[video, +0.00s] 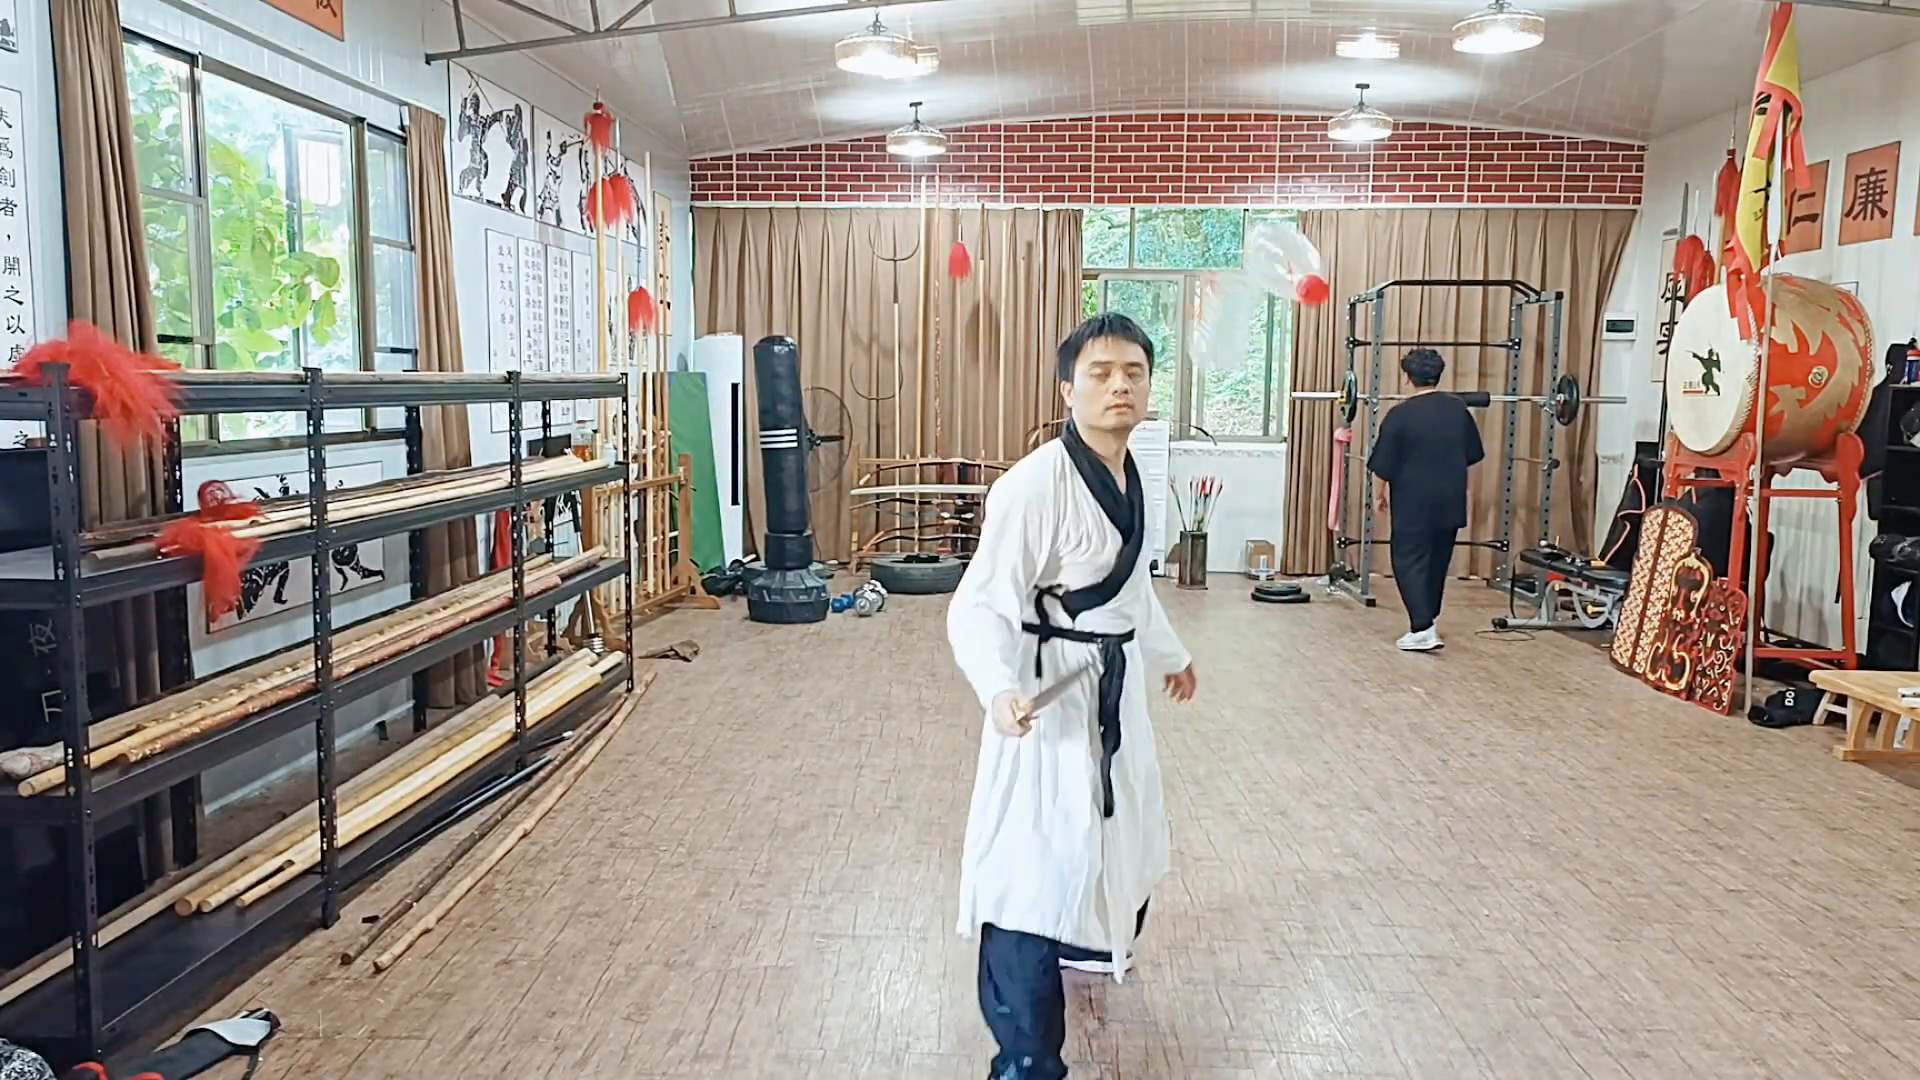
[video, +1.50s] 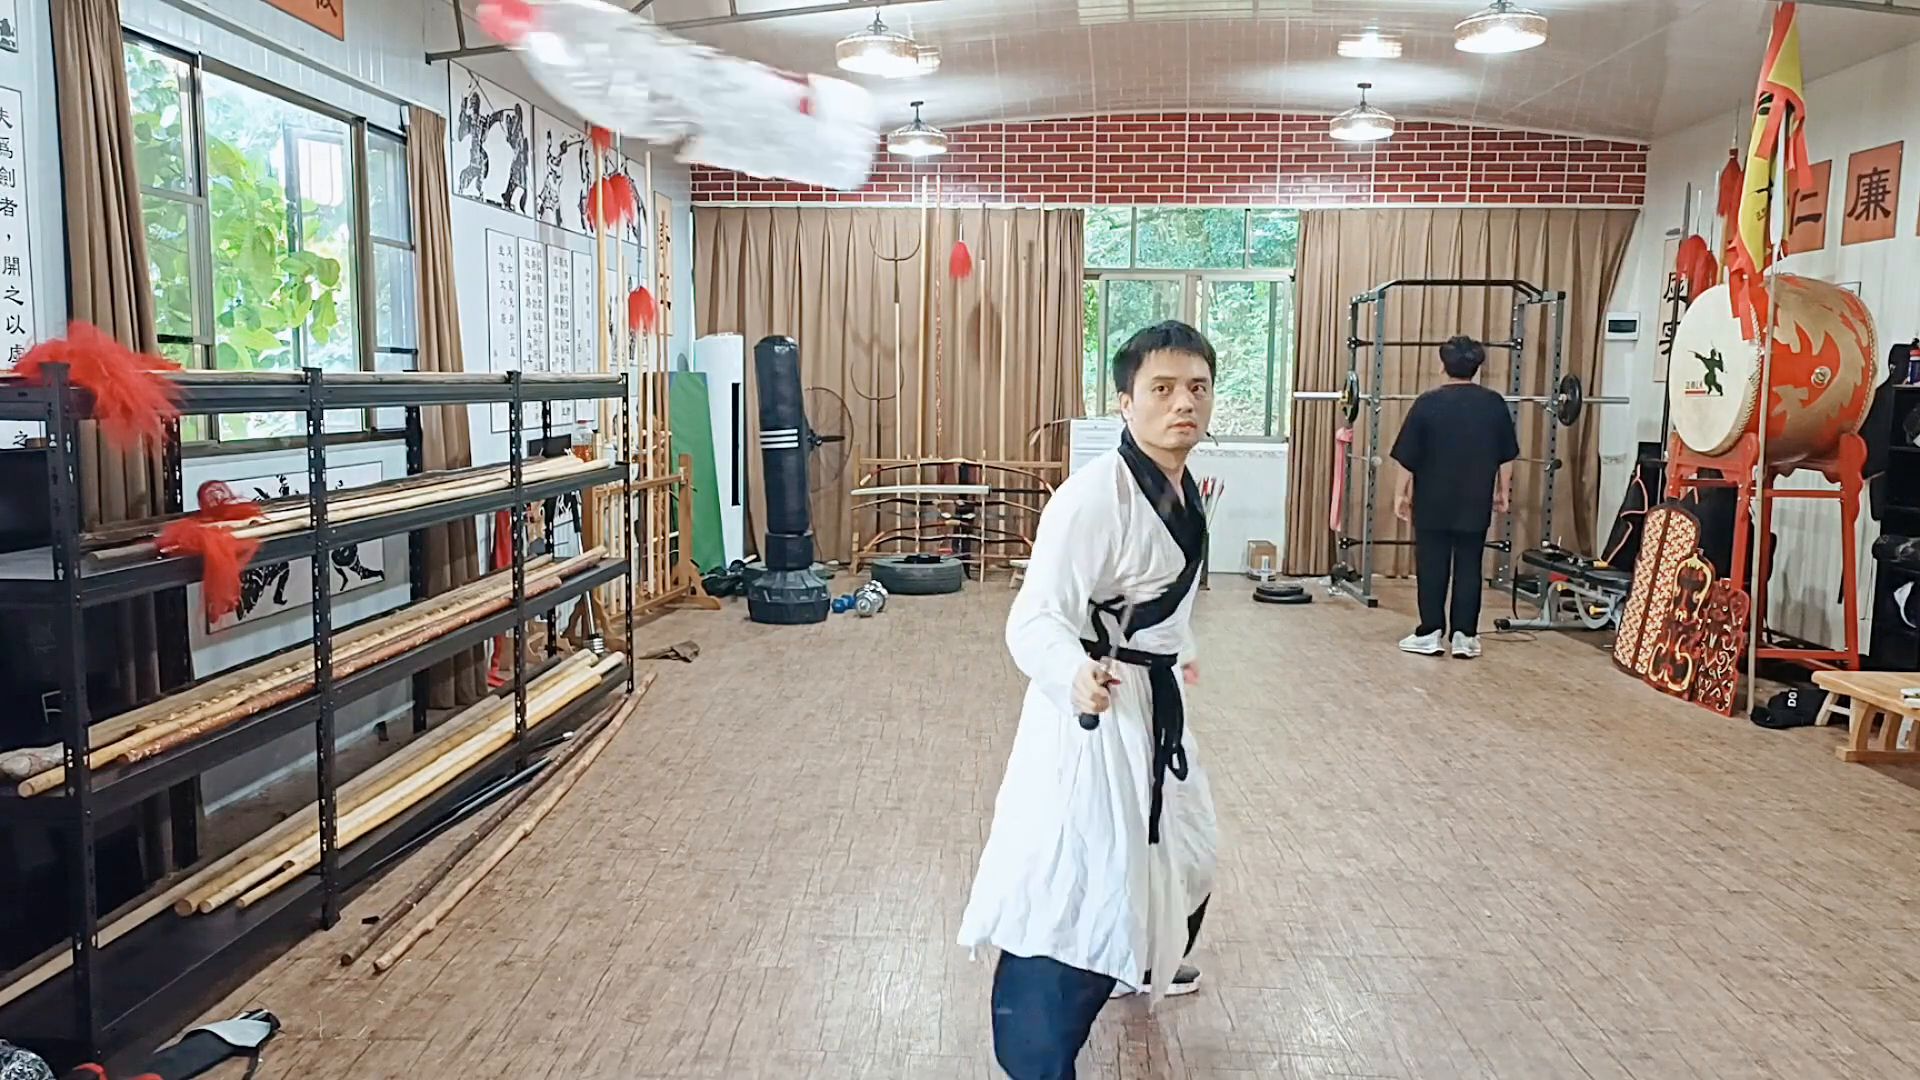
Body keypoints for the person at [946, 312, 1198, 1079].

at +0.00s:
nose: (1119, 386)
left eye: (1133, 372)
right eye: (1100, 372)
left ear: (1149, 388)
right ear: (1067, 387)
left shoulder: (1136, 471)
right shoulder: (1032, 486)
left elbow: (1131, 578)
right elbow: (979, 606)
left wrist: (1168, 650)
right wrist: (1003, 684)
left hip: (1118, 682)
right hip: (1048, 688)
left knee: (1127, 827)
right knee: (1032, 863)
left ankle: (1083, 945)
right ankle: (1027, 1061)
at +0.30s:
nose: (1120, 338)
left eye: (1130, 325)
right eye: (1101, 325)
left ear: (1140, 340)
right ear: (1063, 340)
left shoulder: (1125, 425)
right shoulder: (1031, 433)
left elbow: (1123, 529)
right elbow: (998, 554)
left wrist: (1176, 575)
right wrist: (1043, 625)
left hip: (1108, 629)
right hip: (1047, 642)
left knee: (1124, 774)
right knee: (1077, 807)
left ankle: (1075, 904)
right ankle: (1034, 969)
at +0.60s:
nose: (1098, 376)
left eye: (1109, 362)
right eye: (1080, 364)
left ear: (1122, 373)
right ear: (1051, 377)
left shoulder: (1111, 451)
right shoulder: (1035, 459)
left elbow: (1120, 547)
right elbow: (1005, 558)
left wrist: (1172, 594)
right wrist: (1059, 600)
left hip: (1104, 676)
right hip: (1045, 681)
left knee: (1087, 814)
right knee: (1056, 830)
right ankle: (1034, 980)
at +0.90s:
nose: (1144, 392)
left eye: (1153, 375)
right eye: (1119, 377)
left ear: (1162, 387)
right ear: (1072, 399)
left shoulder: (1135, 485)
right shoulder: (1048, 493)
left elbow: (1147, 574)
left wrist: (1182, 609)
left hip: (1117, 718)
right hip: (1059, 730)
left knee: (1093, 938)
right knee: (1070, 964)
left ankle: (1050, 1060)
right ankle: (1027, 1067)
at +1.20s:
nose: (1157, 404)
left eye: (1161, 386)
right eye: (1132, 391)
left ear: (1171, 396)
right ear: (1082, 416)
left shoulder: (1138, 488)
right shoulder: (1073, 504)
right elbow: (1132, 552)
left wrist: (1250, 545)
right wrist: (1233, 536)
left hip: (1122, 710)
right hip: (1060, 732)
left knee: (1145, 827)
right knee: (1082, 961)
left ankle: (1167, 936)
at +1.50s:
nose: (1185, 404)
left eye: (1198, 388)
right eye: (1164, 388)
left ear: (1213, 399)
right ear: (1126, 401)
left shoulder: (1183, 489)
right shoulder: (1091, 496)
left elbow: (1162, 587)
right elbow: (1034, 619)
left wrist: (1181, 650)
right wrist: (1075, 671)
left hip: (1155, 707)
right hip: (1087, 721)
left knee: (1180, 858)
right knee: (1072, 896)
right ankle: (1038, 1057)